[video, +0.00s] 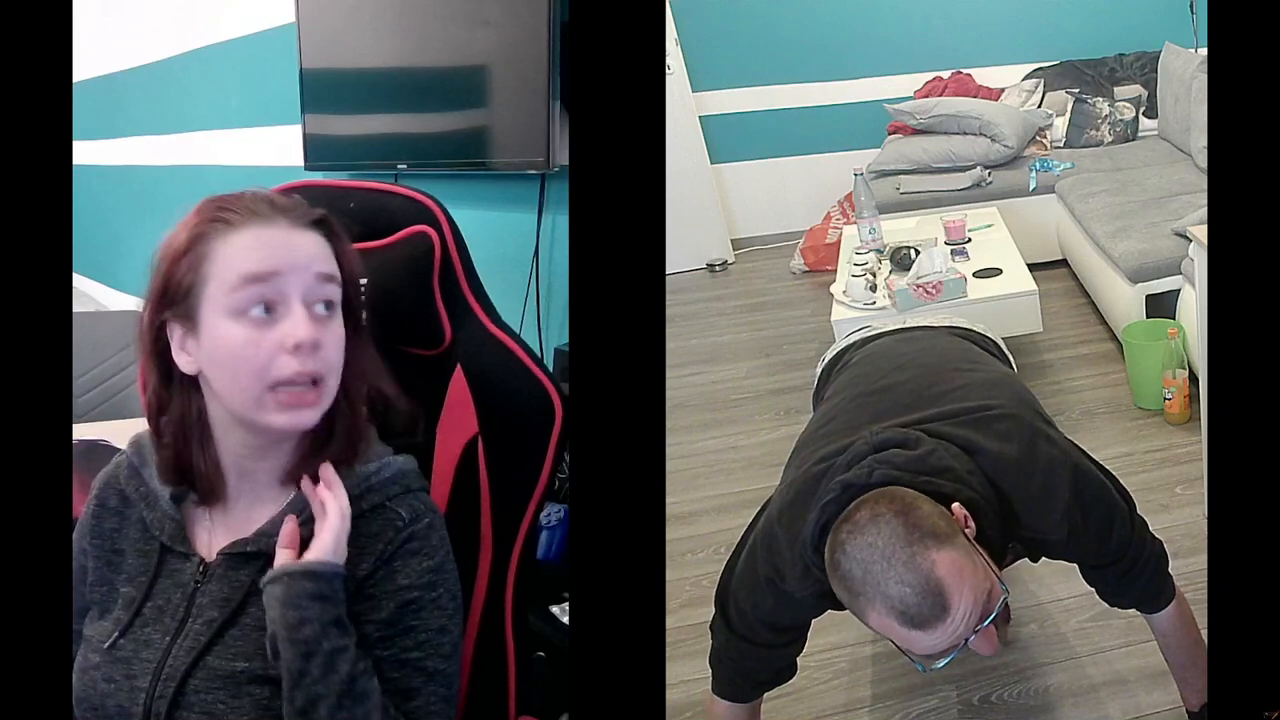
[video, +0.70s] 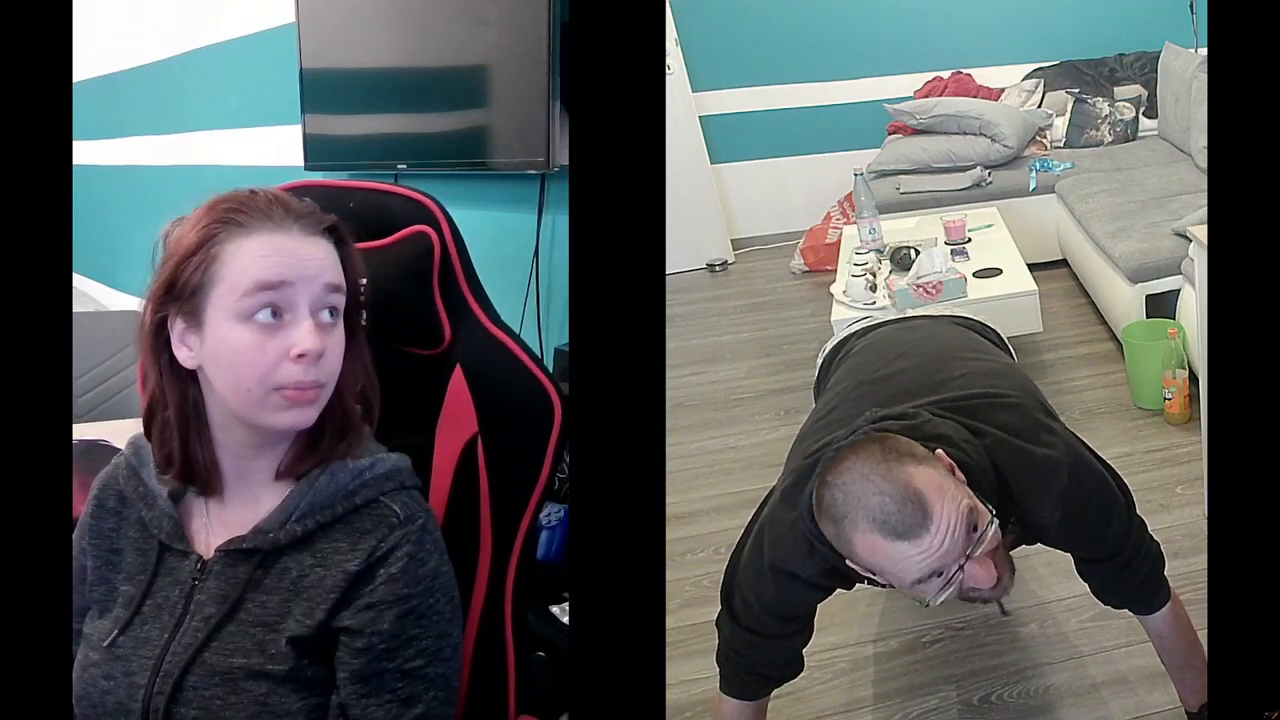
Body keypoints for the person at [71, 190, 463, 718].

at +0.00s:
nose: (306, 335)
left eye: (325, 305)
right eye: (263, 308)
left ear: (346, 328)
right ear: (184, 342)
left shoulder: (393, 518)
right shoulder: (126, 493)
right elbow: (80, 676)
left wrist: (308, 613)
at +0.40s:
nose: (314, 353)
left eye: (331, 317)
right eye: (271, 320)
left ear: (348, 333)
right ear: (186, 342)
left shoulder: (389, 522)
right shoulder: (122, 493)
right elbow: (80, 676)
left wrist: (304, 634)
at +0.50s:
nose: (312, 352)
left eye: (330, 317)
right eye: (271, 319)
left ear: (347, 333)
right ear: (186, 340)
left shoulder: (393, 537)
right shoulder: (120, 500)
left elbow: (406, 707)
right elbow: (81, 682)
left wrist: (262, 686)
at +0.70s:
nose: (311, 343)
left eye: (329, 312)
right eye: (270, 313)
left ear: (347, 329)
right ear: (186, 337)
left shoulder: (389, 539)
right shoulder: (118, 502)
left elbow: (406, 707)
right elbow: (81, 684)